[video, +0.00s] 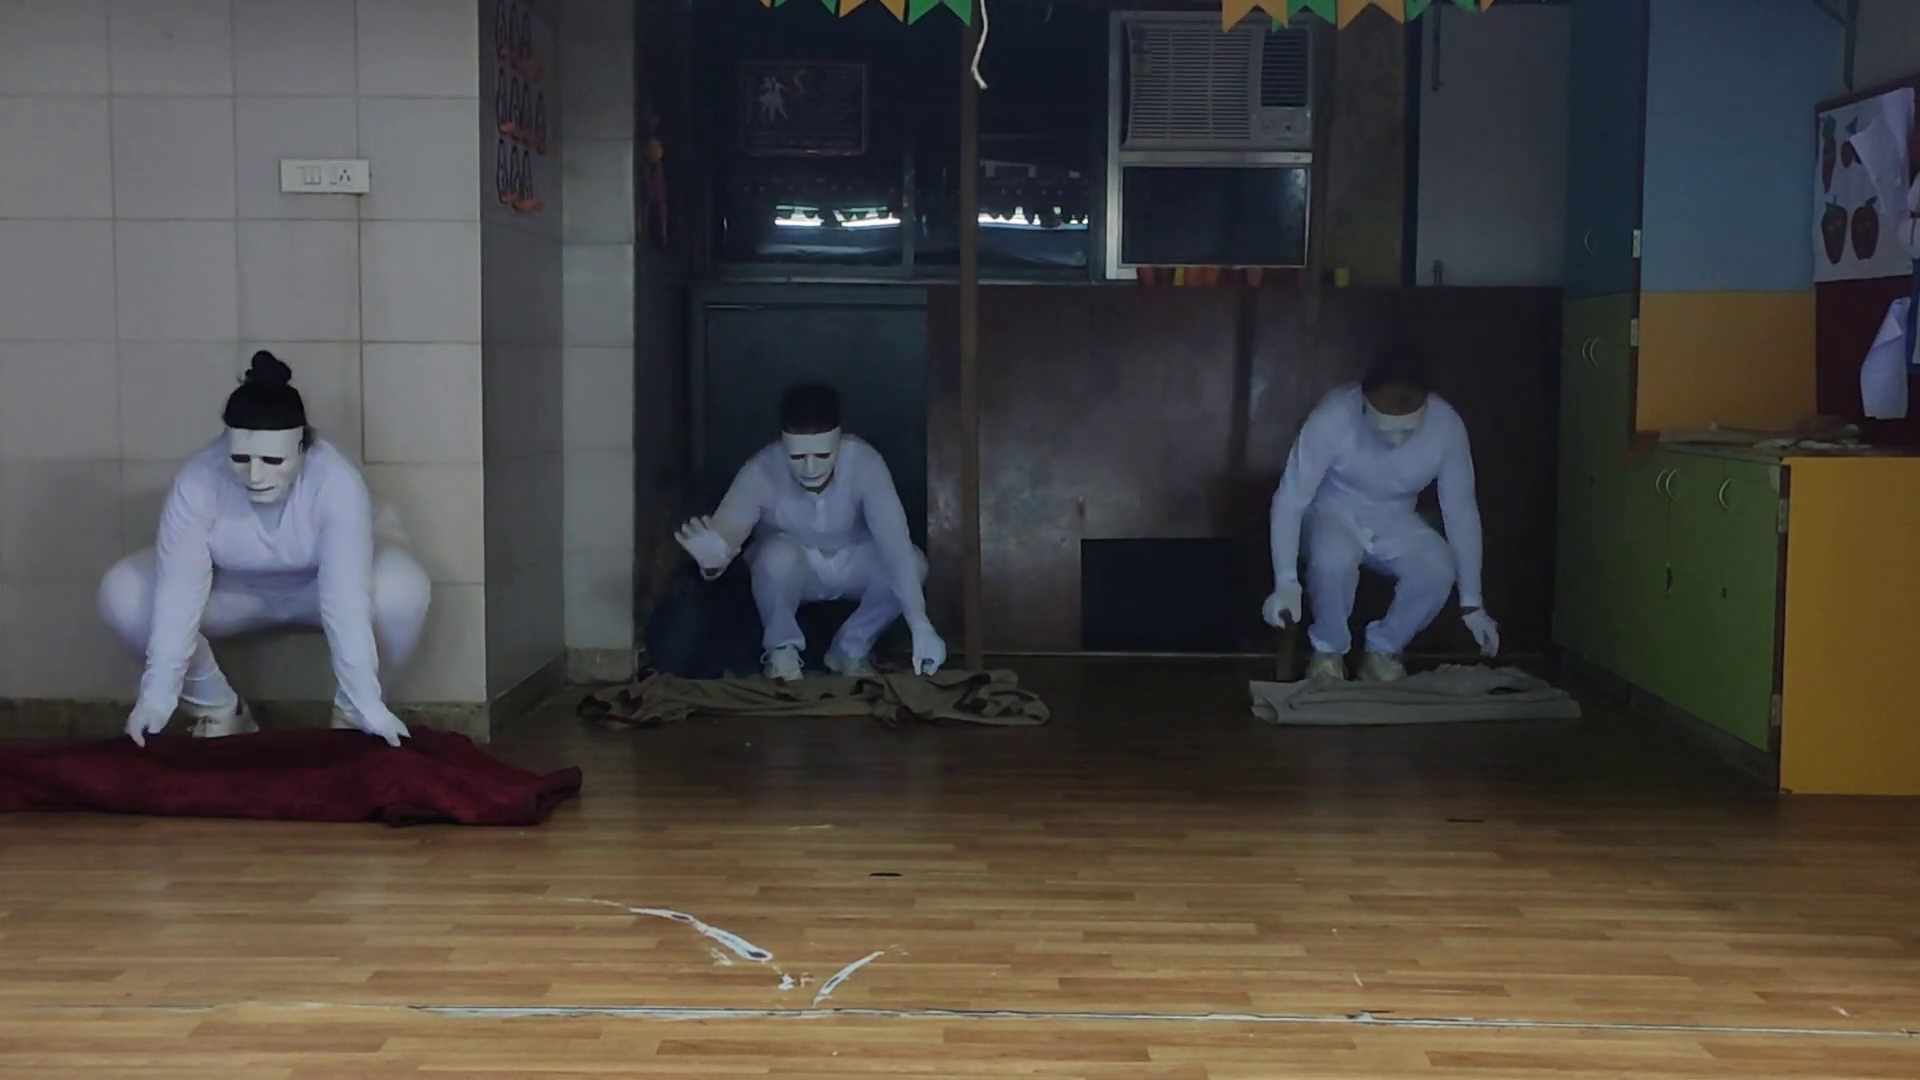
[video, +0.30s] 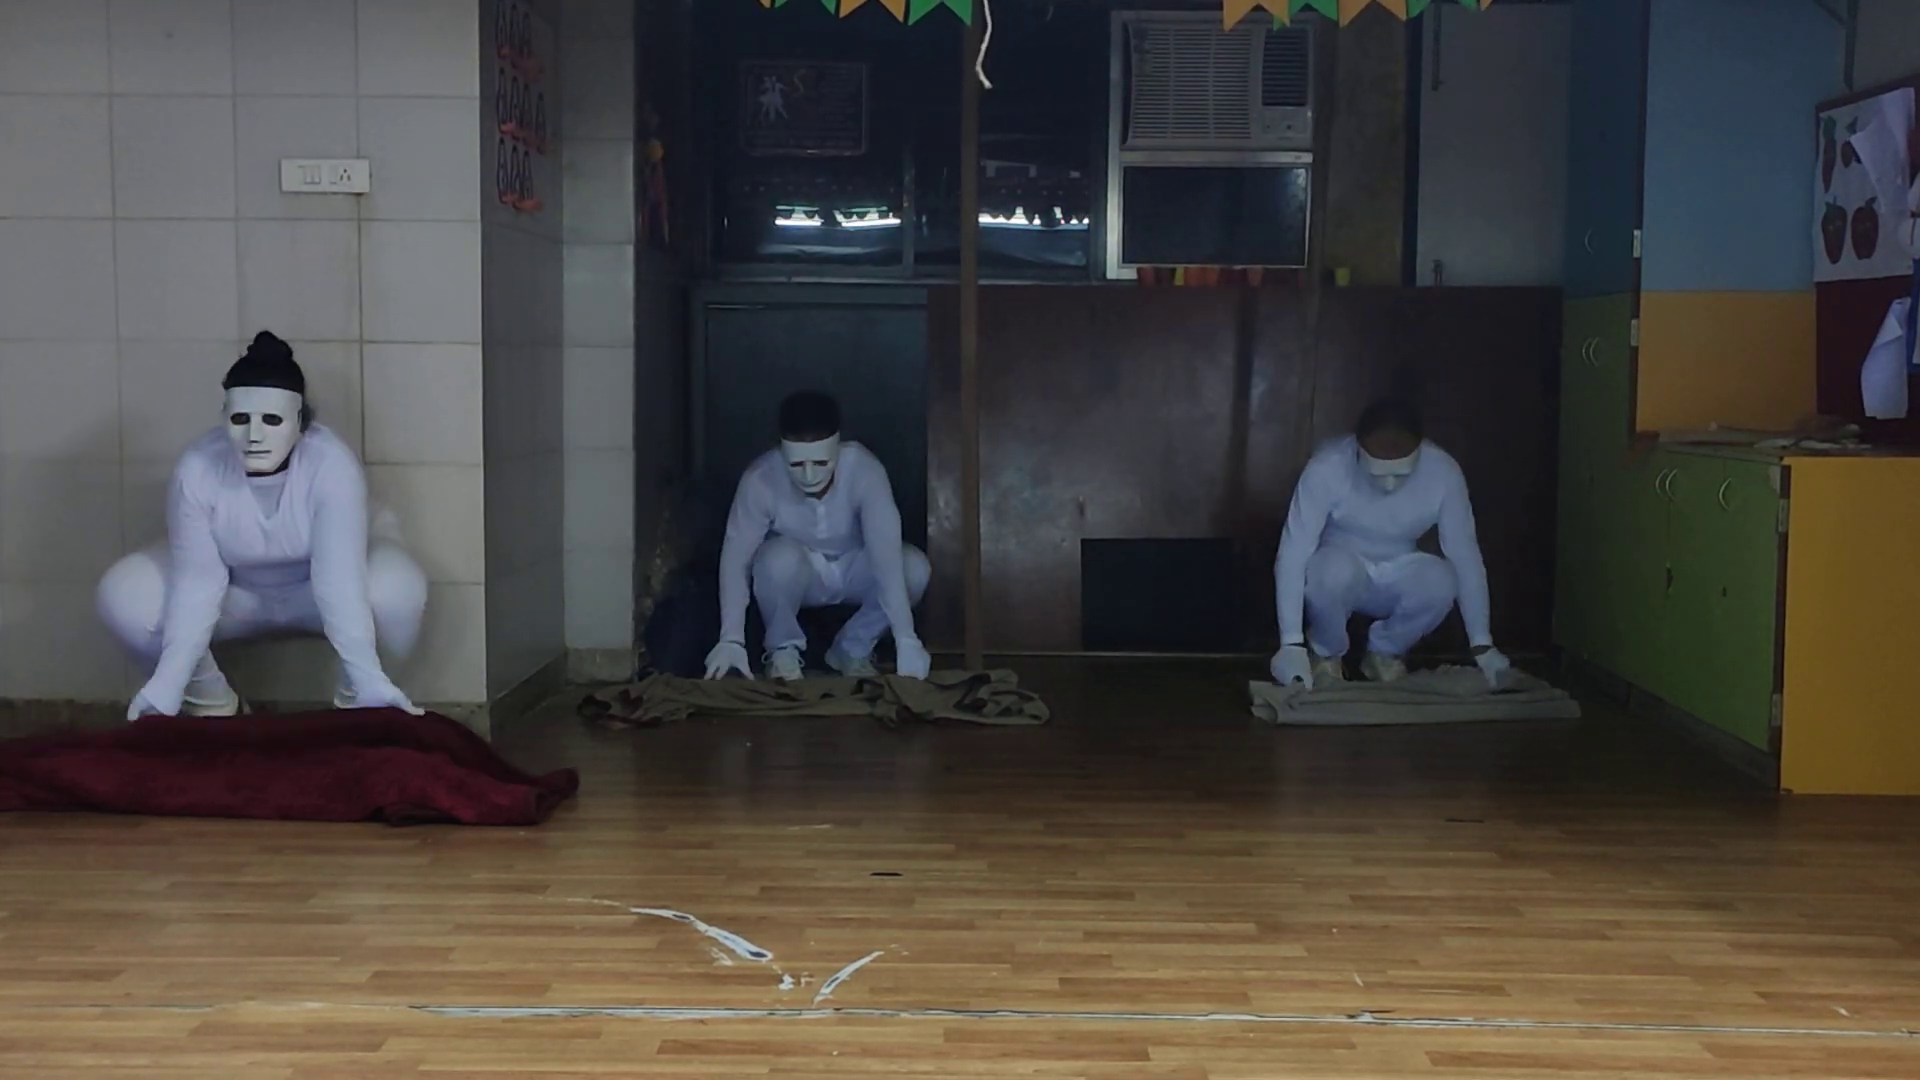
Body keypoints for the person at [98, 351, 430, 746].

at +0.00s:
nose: (256, 476)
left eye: (273, 460)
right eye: (241, 459)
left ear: (301, 449)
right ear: (227, 448)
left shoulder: (338, 486)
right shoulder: (197, 486)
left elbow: (345, 601)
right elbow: (179, 597)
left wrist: (365, 703)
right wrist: (155, 697)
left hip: (320, 589)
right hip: (233, 593)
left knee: (402, 587)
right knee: (126, 591)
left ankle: (352, 711)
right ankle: (219, 712)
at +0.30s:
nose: (255, 435)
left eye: (272, 419)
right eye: (241, 419)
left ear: (300, 421)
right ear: (225, 420)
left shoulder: (332, 467)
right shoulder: (198, 473)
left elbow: (339, 582)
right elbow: (196, 585)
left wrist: (369, 685)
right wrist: (162, 693)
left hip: (317, 590)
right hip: (233, 596)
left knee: (398, 585)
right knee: (126, 592)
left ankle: (358, 694)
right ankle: (212, 698)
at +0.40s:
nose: (253, 424)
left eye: (271, 409)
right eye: (239, 409)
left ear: (298, 411)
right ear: (225, 410)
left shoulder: (329, 461)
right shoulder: (198, 469)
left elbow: (341, 573)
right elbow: (193, 573)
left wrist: (380, 668)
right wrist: (151, 668)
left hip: (317, 596)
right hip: (233, 599)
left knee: (397, 583)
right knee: (124, 590)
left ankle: (358, 676)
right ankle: (202, 681)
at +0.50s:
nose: (252, 403)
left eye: (270, 388)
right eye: (240, 388)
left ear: (297, 391)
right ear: (225, 391)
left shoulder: (327, 438)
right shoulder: (197, 451)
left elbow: (343, 541)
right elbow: (193, 551)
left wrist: (376, 621)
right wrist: (136, 628)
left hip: (315, 580)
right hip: (232, 585)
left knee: (399, 582)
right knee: (121, 586)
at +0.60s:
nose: (252, 383)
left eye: (270, 367)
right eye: (239, 368)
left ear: (297, 370)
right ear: (225, 370)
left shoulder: (331, 421)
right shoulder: (200, 432)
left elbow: (351, 516)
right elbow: (192, 533)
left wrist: (383, 559)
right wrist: (139, 568)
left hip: (322, 589)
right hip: (231, 590)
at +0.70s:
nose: (255, 371)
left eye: (272, 355)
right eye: (242, 355)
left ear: (299, 356)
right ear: (229, 357)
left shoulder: (338, 415)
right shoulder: (203, 422)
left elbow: (367, 506)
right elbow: (181, 510)